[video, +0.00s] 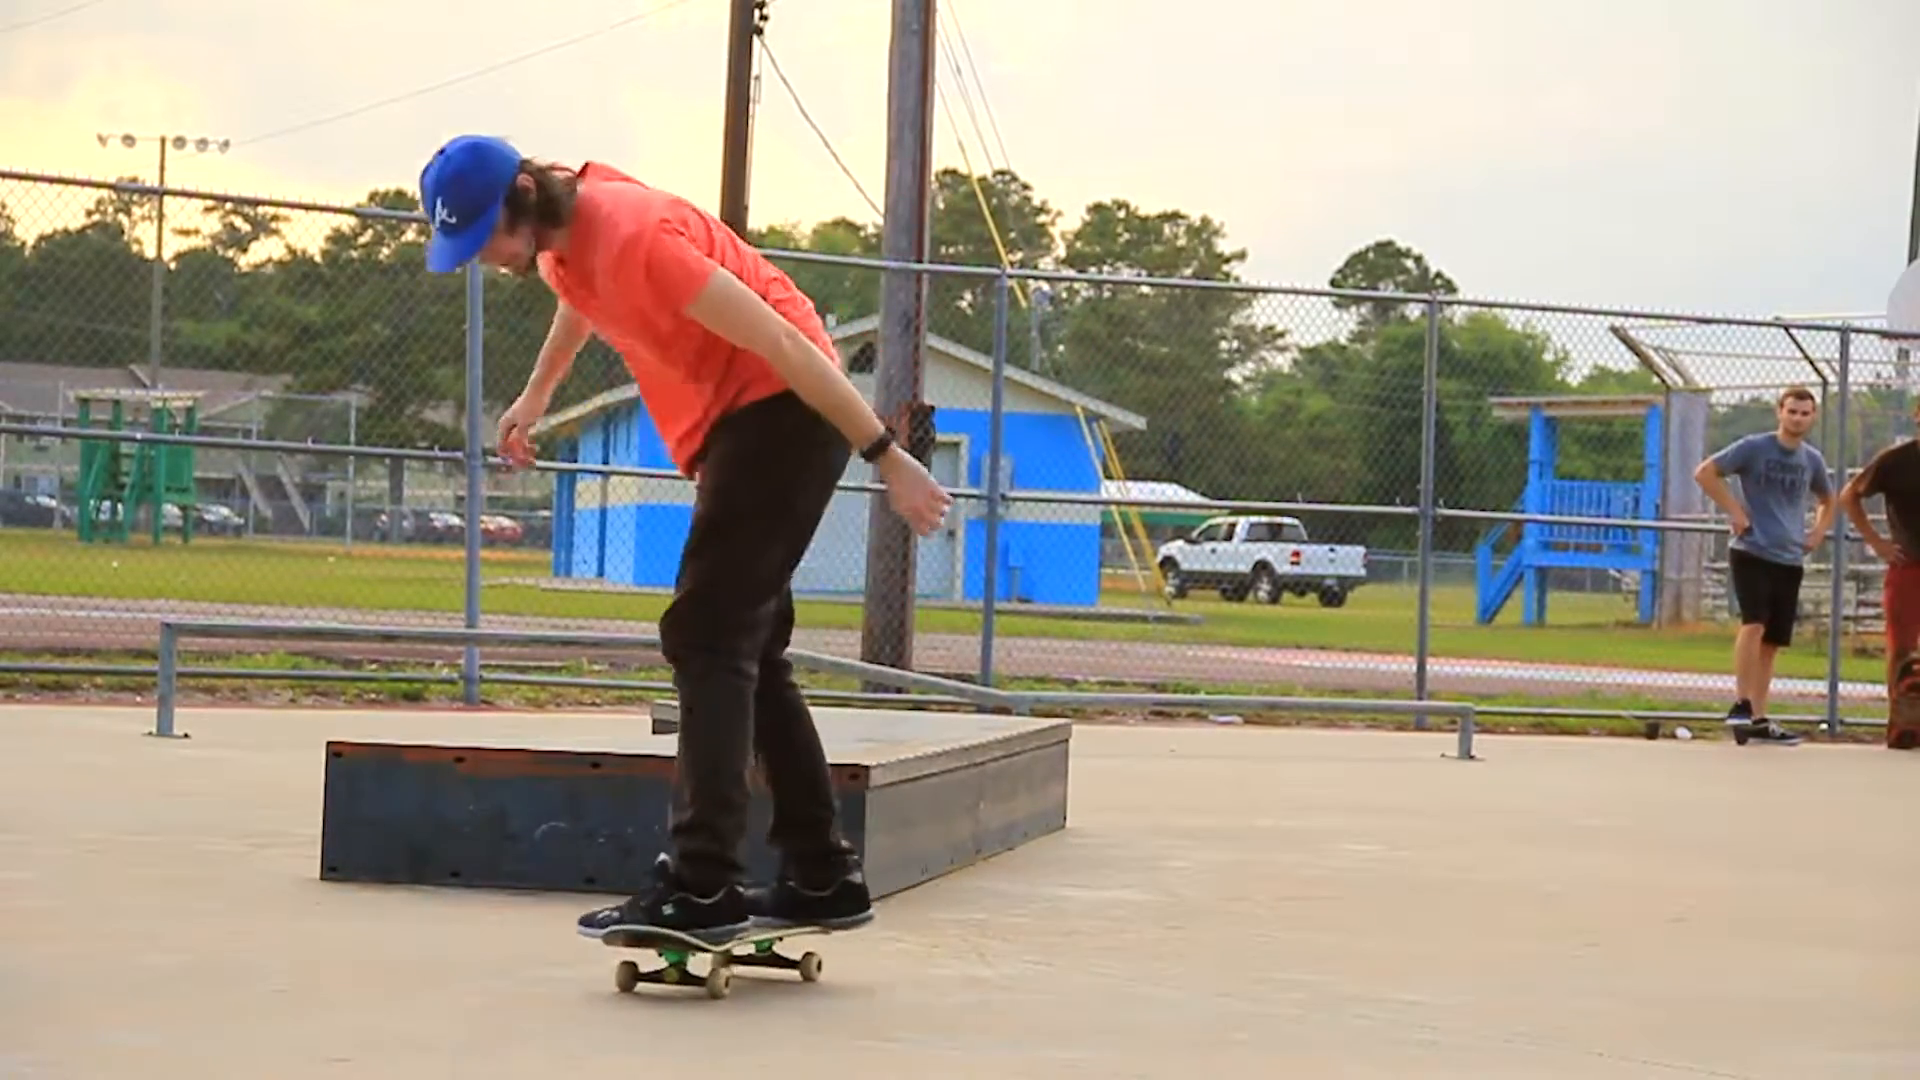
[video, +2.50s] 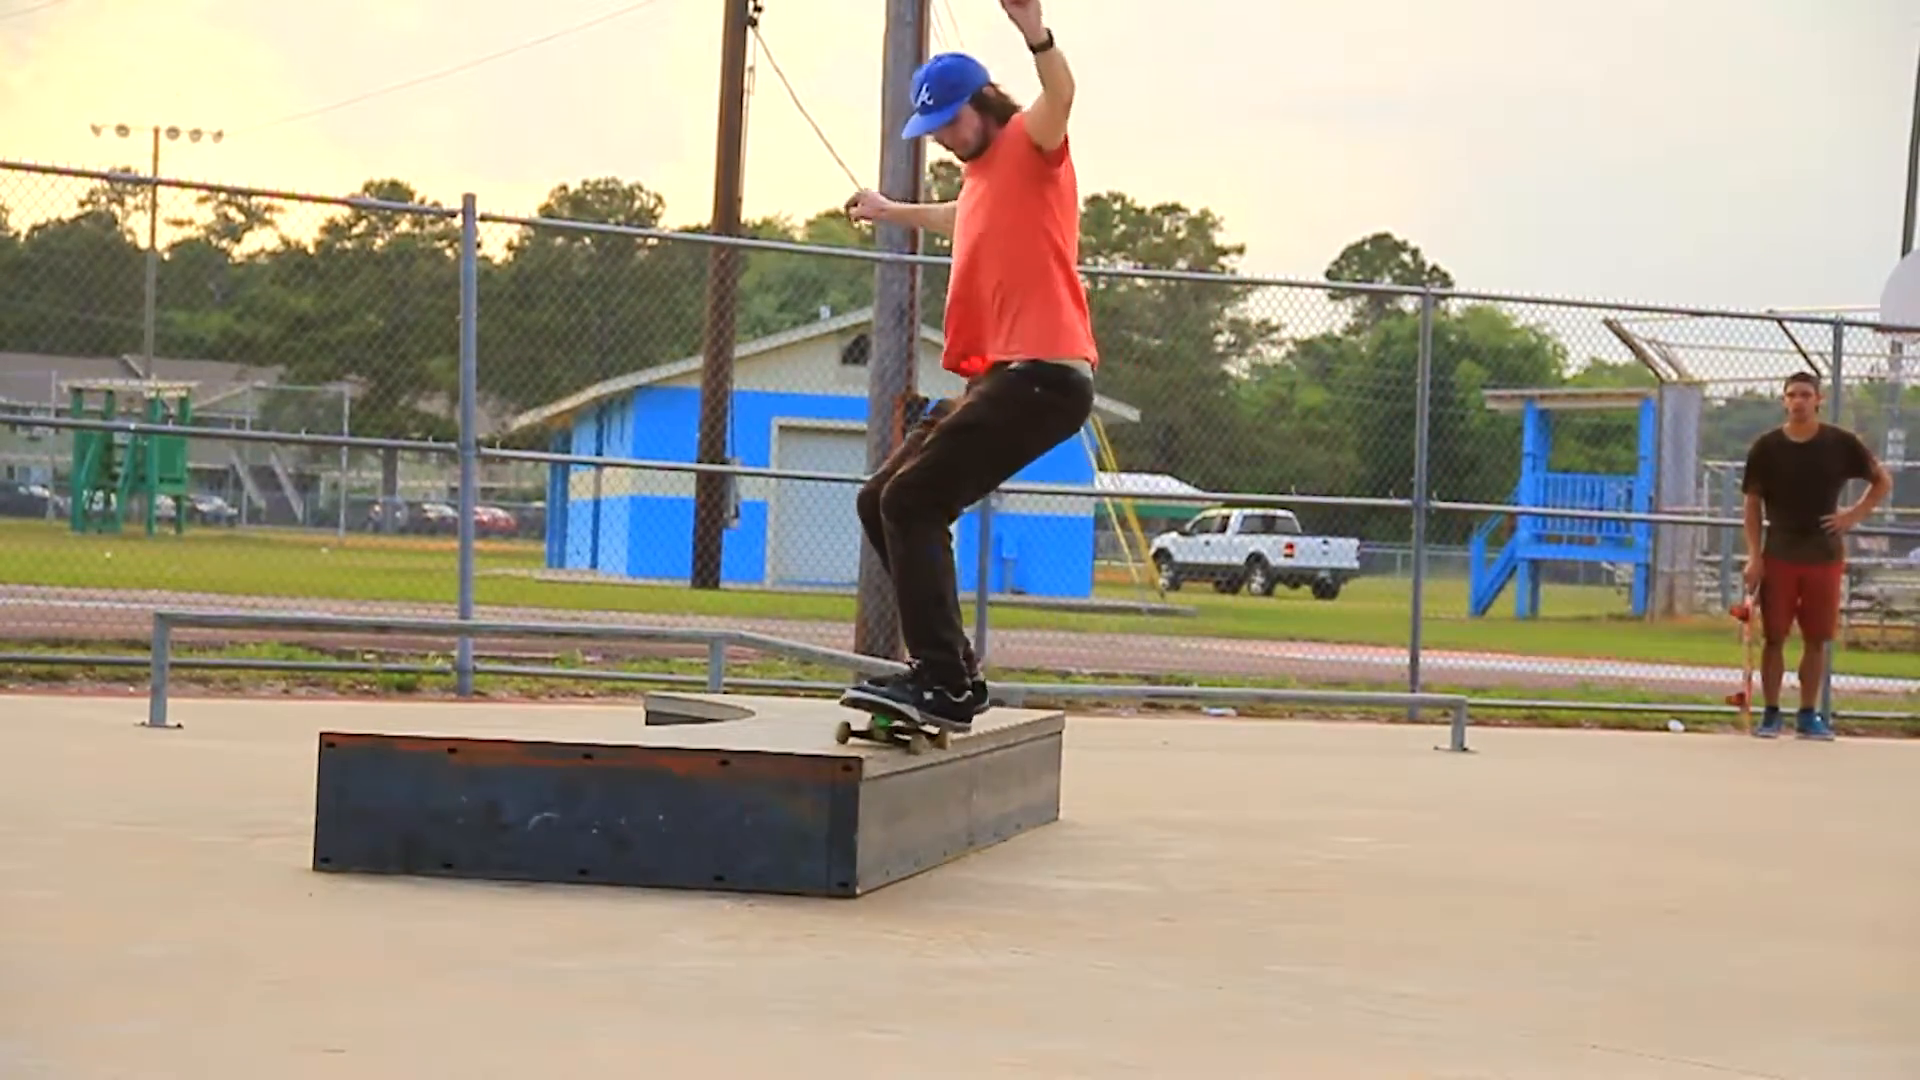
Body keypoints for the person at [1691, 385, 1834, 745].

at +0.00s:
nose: (1799, 418)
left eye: (1806, 413)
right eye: (1793, 411)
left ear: (1813, 419)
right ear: (1780, 413)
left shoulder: (1813, 459)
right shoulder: (1755, 447)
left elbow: (1828, 500)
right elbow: (1705, 473)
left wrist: (1817, 534)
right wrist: (1736, 512)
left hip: (1789, 557)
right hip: (1752, 550)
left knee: (1771, 641)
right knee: (1754, 624)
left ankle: (1759, 717)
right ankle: (1743, 704)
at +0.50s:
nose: (1817, 422)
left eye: (1819, 415)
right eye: (1812, 415)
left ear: (1816, 420)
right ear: (1788, 415)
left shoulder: (1812, 459)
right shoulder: (1755, 447)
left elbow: (1828, 500)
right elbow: (1705, 473)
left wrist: (1817, 534)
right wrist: (1735, 511)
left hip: (1789, 557)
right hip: (1752, 550)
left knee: (1772, 641)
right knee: (1753, 624)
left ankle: (1758, 717)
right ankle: (1741, 704)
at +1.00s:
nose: (1807, 401)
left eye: (1814, 395)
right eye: (1802, 395)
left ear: (1827, 400)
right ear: (1793, 400)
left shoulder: (1848, 444)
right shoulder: (1772, 445)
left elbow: (1889, 483)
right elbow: (1757, 501)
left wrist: (1859, 514)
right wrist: (1749, 553)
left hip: (1825, 555)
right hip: (1781, 553)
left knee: (1817, 639)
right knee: (1774, 636)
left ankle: (1808, 714)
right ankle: (1770, 712)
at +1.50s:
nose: (1801, 402)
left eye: (1808, 395)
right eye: (1796, 395)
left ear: (1823, 400)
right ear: (1788, 401)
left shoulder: (1846, 443)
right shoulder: (1770, 446)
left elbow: (1888, 482)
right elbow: (1756, 503)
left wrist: (1859, 515)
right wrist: (1755, 554)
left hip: (1826, 554)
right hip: (1781, 552)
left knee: (1818, 640)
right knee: (1774, 636)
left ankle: (1808, 714)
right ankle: (1770, 712)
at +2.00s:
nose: (1799, 402)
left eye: (1805, 395)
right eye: (1793, 395)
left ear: (1820, 399)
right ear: (1786, 401)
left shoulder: (1843, 443)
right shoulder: (1767, 447)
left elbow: (1884, 481)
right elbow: (1753, 503)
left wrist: (1856, 515)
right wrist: (1752, 554)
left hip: (1824, 556)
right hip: (1779, 553)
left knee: (1817, 639)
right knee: (1774, 637)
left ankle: (1808, 714)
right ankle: (1770, 713)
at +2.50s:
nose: (1798, 402)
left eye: (1805, 396)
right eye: (1792, 396)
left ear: (1818, 400)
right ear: (1783, 401)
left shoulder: (1841, 443)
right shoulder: (1765, 448)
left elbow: (1883, 481)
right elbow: (1752, 504)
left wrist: (1854, 514)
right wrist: (1754, 555)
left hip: (1823, 555)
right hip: (1778, 553)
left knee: (1816, 640)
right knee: (1774, 638)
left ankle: (1807, 714)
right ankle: (1770, 712)